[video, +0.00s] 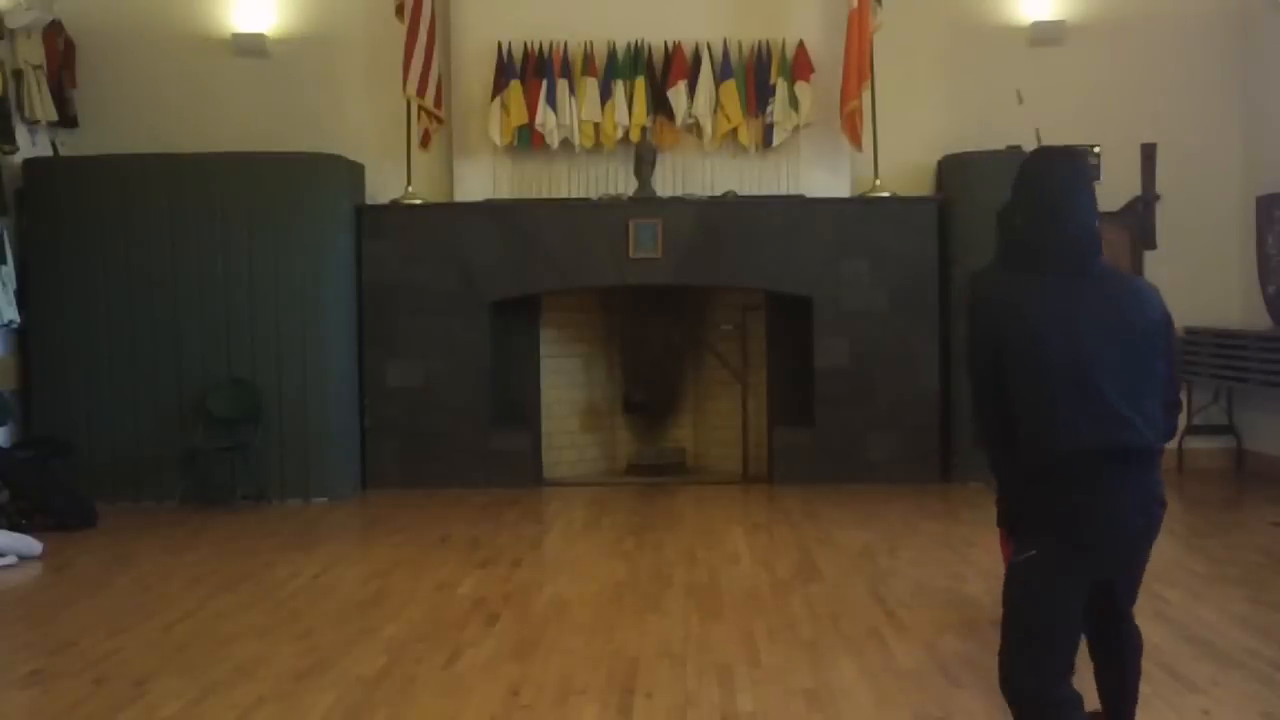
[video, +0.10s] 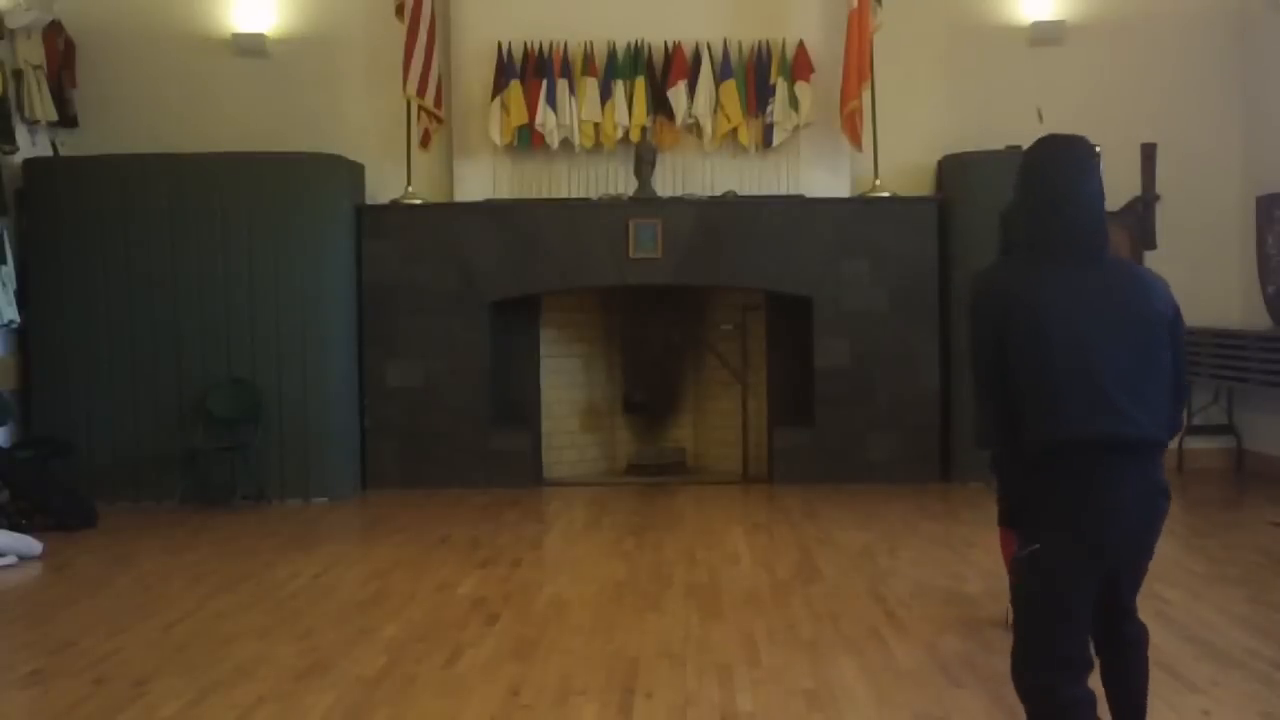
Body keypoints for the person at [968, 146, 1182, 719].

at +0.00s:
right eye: (1090, 207)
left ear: (1019, 216)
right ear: (1090, 216)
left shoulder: (997, 297)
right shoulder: (1141, 300)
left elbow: (993, 418)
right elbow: (1165, 414)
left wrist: (1010, 508)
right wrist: (1130, 473)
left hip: (1049, 503)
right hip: (1133, 501)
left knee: (1031, 677)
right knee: (1114, 621)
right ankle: (1120, 711)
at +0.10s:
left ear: (1025, 202)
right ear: (1098, 200)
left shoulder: (999, 290)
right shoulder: (1147, 290)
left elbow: (998, 415)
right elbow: (1171, 405)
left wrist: (1009, 514)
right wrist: (1132, 463)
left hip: (1048, 494)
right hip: (1136, 492)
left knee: (1050, 665)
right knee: (1119, 621)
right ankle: (1130, 709)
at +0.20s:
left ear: (1035, 193)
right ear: (1105, 193)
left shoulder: (1006, 282)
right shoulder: (1156, 284)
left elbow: (1003, 406)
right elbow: (1175, 401)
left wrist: (1013, 507)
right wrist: (1140, 463)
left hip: (1055, 485)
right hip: (1144, 485)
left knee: (1058, 662)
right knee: (1121, 621)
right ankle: (1136, 709)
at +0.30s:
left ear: (1041, 193)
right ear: (1110, 193)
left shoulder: (1012, 280)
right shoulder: (1160, 282)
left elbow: (1011, 402)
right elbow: (1180, 395)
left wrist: (1017, 500)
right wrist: (1152, 466)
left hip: (1070, 487)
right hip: (1154, 484)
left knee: (1058, 664)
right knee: (1123, 601)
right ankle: (1146, 709)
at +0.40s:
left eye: (1058, 196)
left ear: (1048, 202)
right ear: (1114, 201)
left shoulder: (1015, 286)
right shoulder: (1164, 288)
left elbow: (1011, 406)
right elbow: (1184, 401)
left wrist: (1051, 455)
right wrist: (1147, 452)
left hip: (1077, 482)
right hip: (1158, 479)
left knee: (1057, 660)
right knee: (1130, 599)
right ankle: (1142, 708)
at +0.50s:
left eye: (1059, 202)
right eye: (1110, 200)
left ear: (1050, 208)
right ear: (1117, 209)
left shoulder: (1016, 290)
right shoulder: (1165, 294)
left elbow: (1017, 408)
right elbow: (1185, 405)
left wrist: (1019, 502)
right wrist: (1150, 464)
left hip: (1076, 490)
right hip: (1157, 486)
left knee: (1064, 660)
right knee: (1138, 609)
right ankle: (1138, 709)